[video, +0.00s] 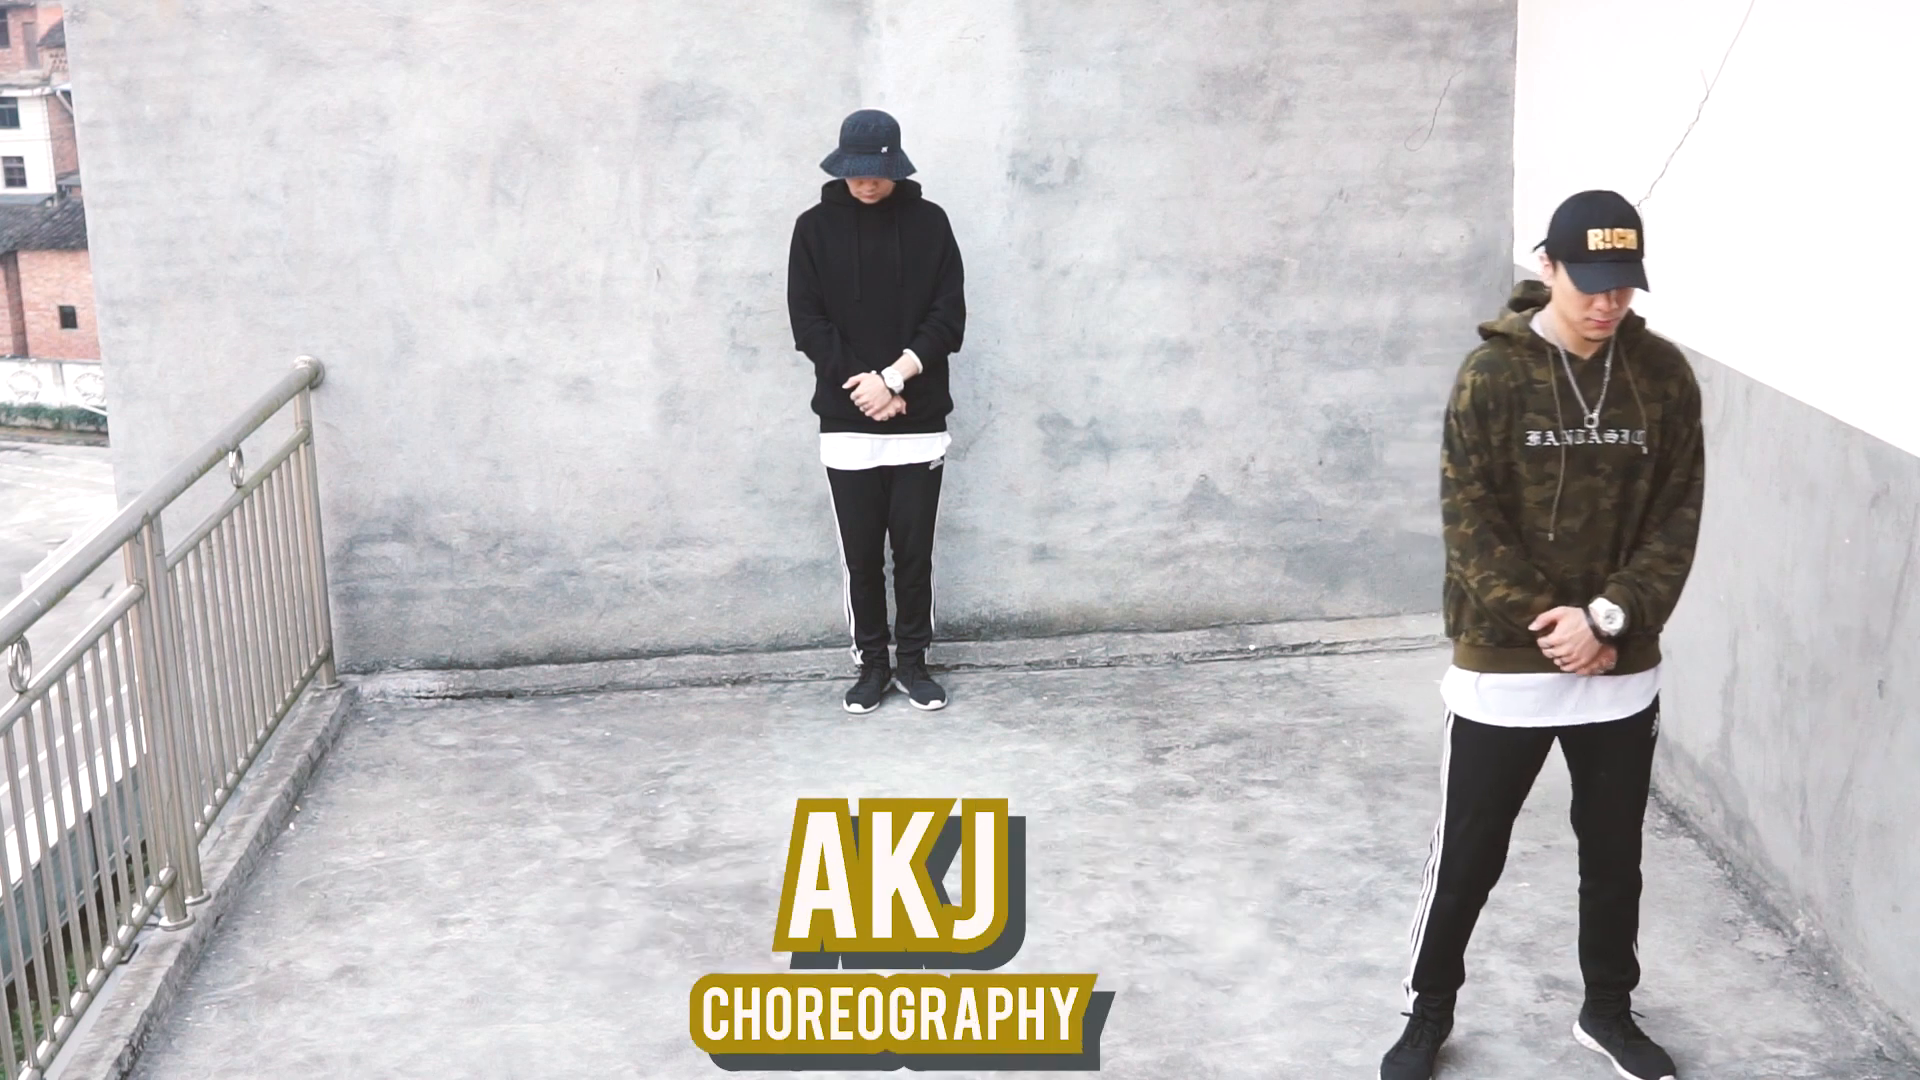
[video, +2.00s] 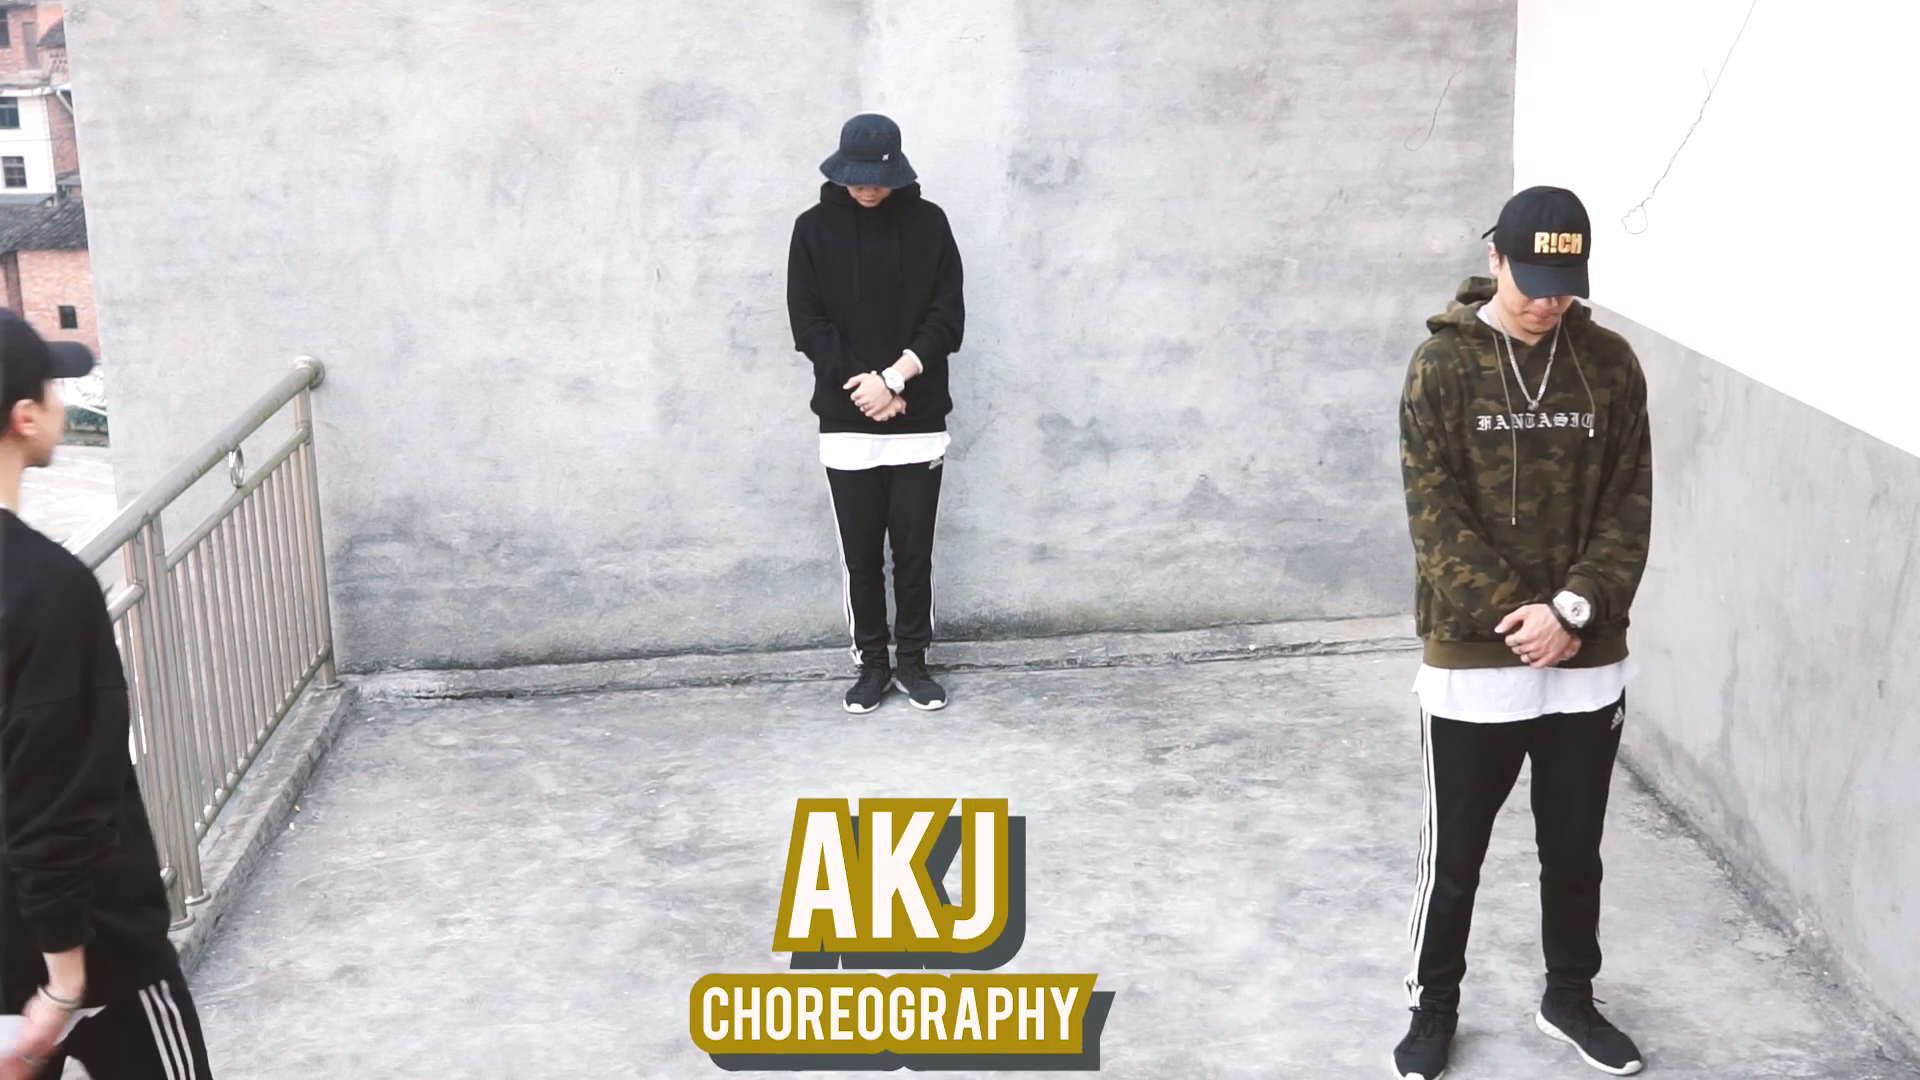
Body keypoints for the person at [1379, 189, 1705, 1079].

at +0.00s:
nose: (1606, 303)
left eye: (1622, 286)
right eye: (1588, 283)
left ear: (1640, 282)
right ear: (1547, 269)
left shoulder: (1664, 374)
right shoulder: (1492, 373)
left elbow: (1677, 520)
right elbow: (1466, 522)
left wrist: (1613, 615)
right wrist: (1552, 625)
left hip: (1620, 670)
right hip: (1503, 667)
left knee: (1615, 860)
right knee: (1468, 859)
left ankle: (1608, 1008)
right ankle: (1428, 1015)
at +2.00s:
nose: (1553, 303)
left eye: (1568, 286)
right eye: (1537, 284)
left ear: (1586, 272)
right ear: (1497, 260)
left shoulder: (1612, 364)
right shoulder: (1443, 360)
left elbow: (1630, 507)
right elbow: (1433, 513)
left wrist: (1576, 608)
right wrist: (1523, 620)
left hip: (1586, 658)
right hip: (1472, 660)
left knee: (1575, 848)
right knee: (1454, 852)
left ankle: (1570, 997)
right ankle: (1433, 1006)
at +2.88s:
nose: (1545, 300)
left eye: (1560, 284)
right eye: (1529, 281)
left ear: (1581, 272)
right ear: (1491, 259)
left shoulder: (1609, 364)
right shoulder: (1441, 363)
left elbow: (1628, 508)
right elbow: (1432, 514)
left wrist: (1576, 612)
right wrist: (1519, 620)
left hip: (1584, 661)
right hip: (1471, 662)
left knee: (1575, 851)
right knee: (1453, 854)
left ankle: (1571, 998)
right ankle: (1433, 1007)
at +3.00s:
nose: (1546, 300)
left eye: (1561, 284)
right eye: (1530, 281)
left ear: (1581, 271)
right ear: (1491, 259)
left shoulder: (1610, 364)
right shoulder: (1441, 363)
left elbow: (1629, 508)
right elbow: (1432, 513)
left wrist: (1575, 611)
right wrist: (1519, 619)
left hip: (1584, 660)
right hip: (1471, 662)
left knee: (1575, 851)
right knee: (1453, 854)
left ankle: (1571, 998)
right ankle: (1433, 1007)